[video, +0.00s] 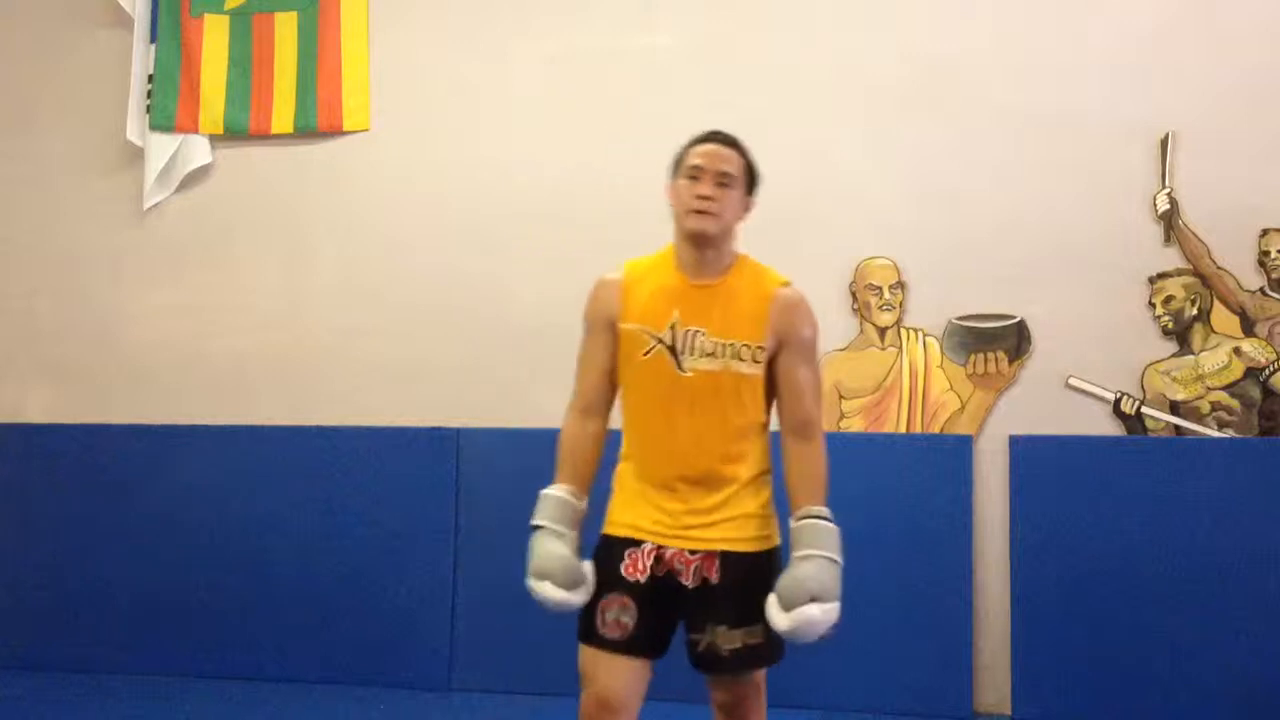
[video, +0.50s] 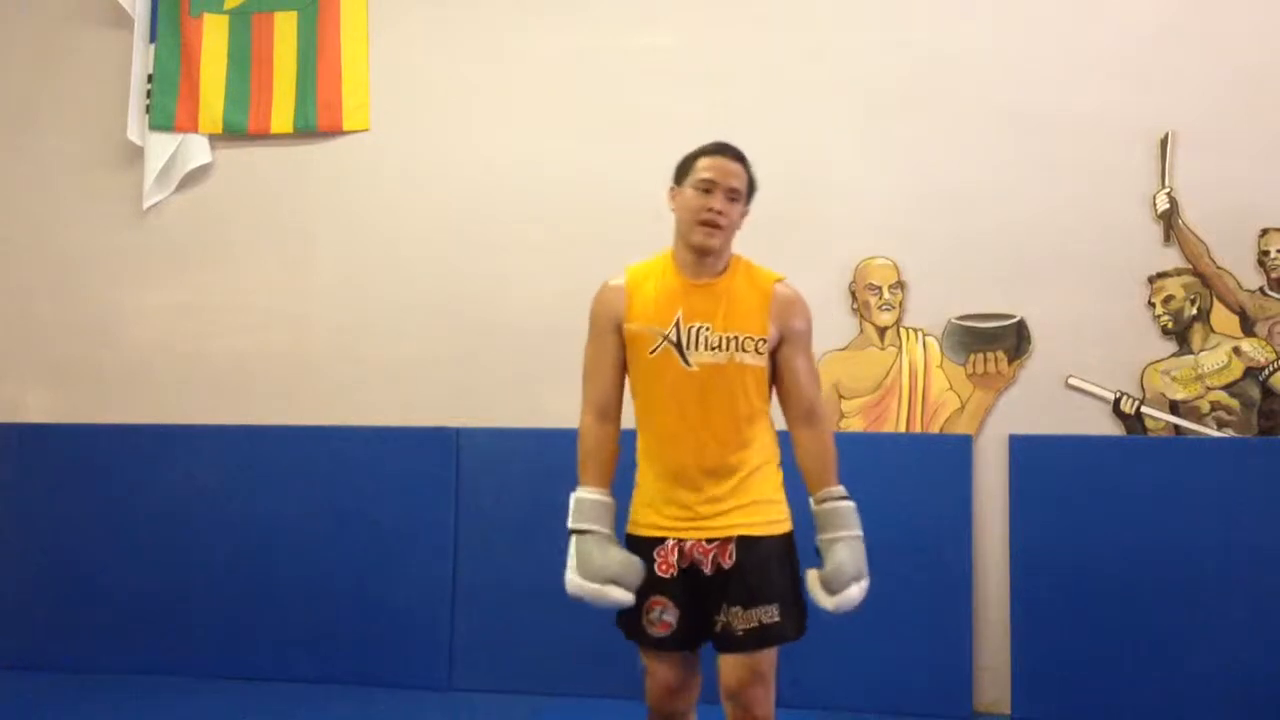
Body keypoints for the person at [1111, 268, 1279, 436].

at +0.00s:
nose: (1158, 313)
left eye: (1168, 302)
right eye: (1154, 307)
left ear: (1195, 303)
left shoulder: (1251, 349)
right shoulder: (1158, 374)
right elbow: (1164, 449)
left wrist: (1271, 373)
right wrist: (1133, 425)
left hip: (1251, 466)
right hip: (1192, 472)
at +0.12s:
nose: (1158, 313)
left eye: (1167, 302)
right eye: (1153, 307)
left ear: (1195, 303)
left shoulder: (1251, 350)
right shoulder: (1158, 374)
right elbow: (1163, 450)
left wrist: (1270, 373)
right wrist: (1133, 425)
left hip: (1250, 466)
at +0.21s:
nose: (1158, 313)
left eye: (1167, 301)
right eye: (1153, 306)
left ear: (1196, 302)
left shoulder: (1251, 349)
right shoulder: (1158, 374)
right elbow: (1164, 449)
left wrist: (1270, 372)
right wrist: (1133, 425)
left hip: (1250, 465)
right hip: (1191, 471)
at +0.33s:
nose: (1157, 313)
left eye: (1167, 302)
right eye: (1153, 307)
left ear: (1195, 303)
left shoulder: (1251, 349)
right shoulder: (1158, 374)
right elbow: (1163, 449)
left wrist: (1270, 372)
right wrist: (1133, 425)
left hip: (1249, 465)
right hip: (1191, 471)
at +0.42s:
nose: (1158, 313)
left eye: (1167, 301)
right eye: (1153, 306)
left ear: (1195, 302)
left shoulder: (1251, 350)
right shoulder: (1158, 374)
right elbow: (1163, 449)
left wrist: (1270, 372)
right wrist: (1133, 426)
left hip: (1249, 465)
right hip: (1191, 472)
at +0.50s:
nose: (1158, 313)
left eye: (1167, 301)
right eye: (1153, 306)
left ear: (1195, 302)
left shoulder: (1251, 350)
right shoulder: (1158, 374)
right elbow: (1163, 450)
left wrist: (1270, 374)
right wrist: (1133, 425)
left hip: (1250, 465)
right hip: (1192, 472)